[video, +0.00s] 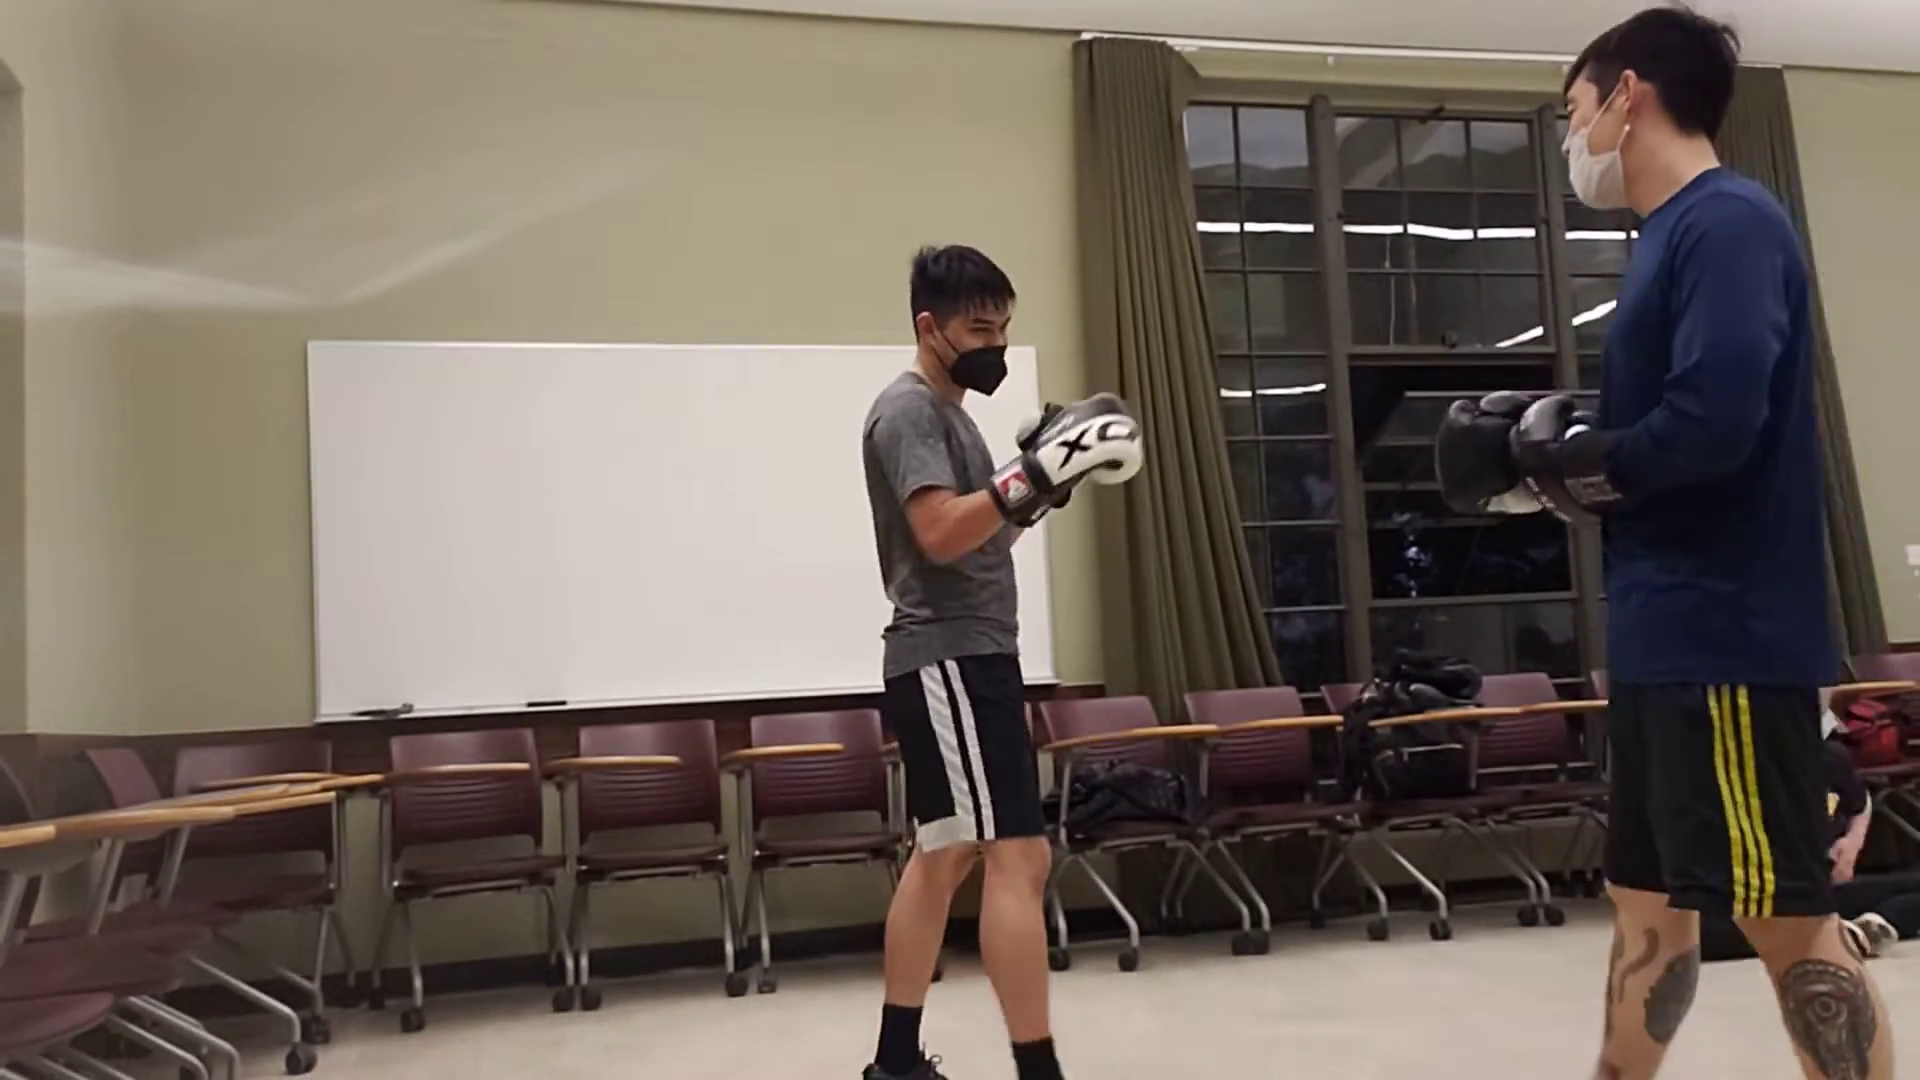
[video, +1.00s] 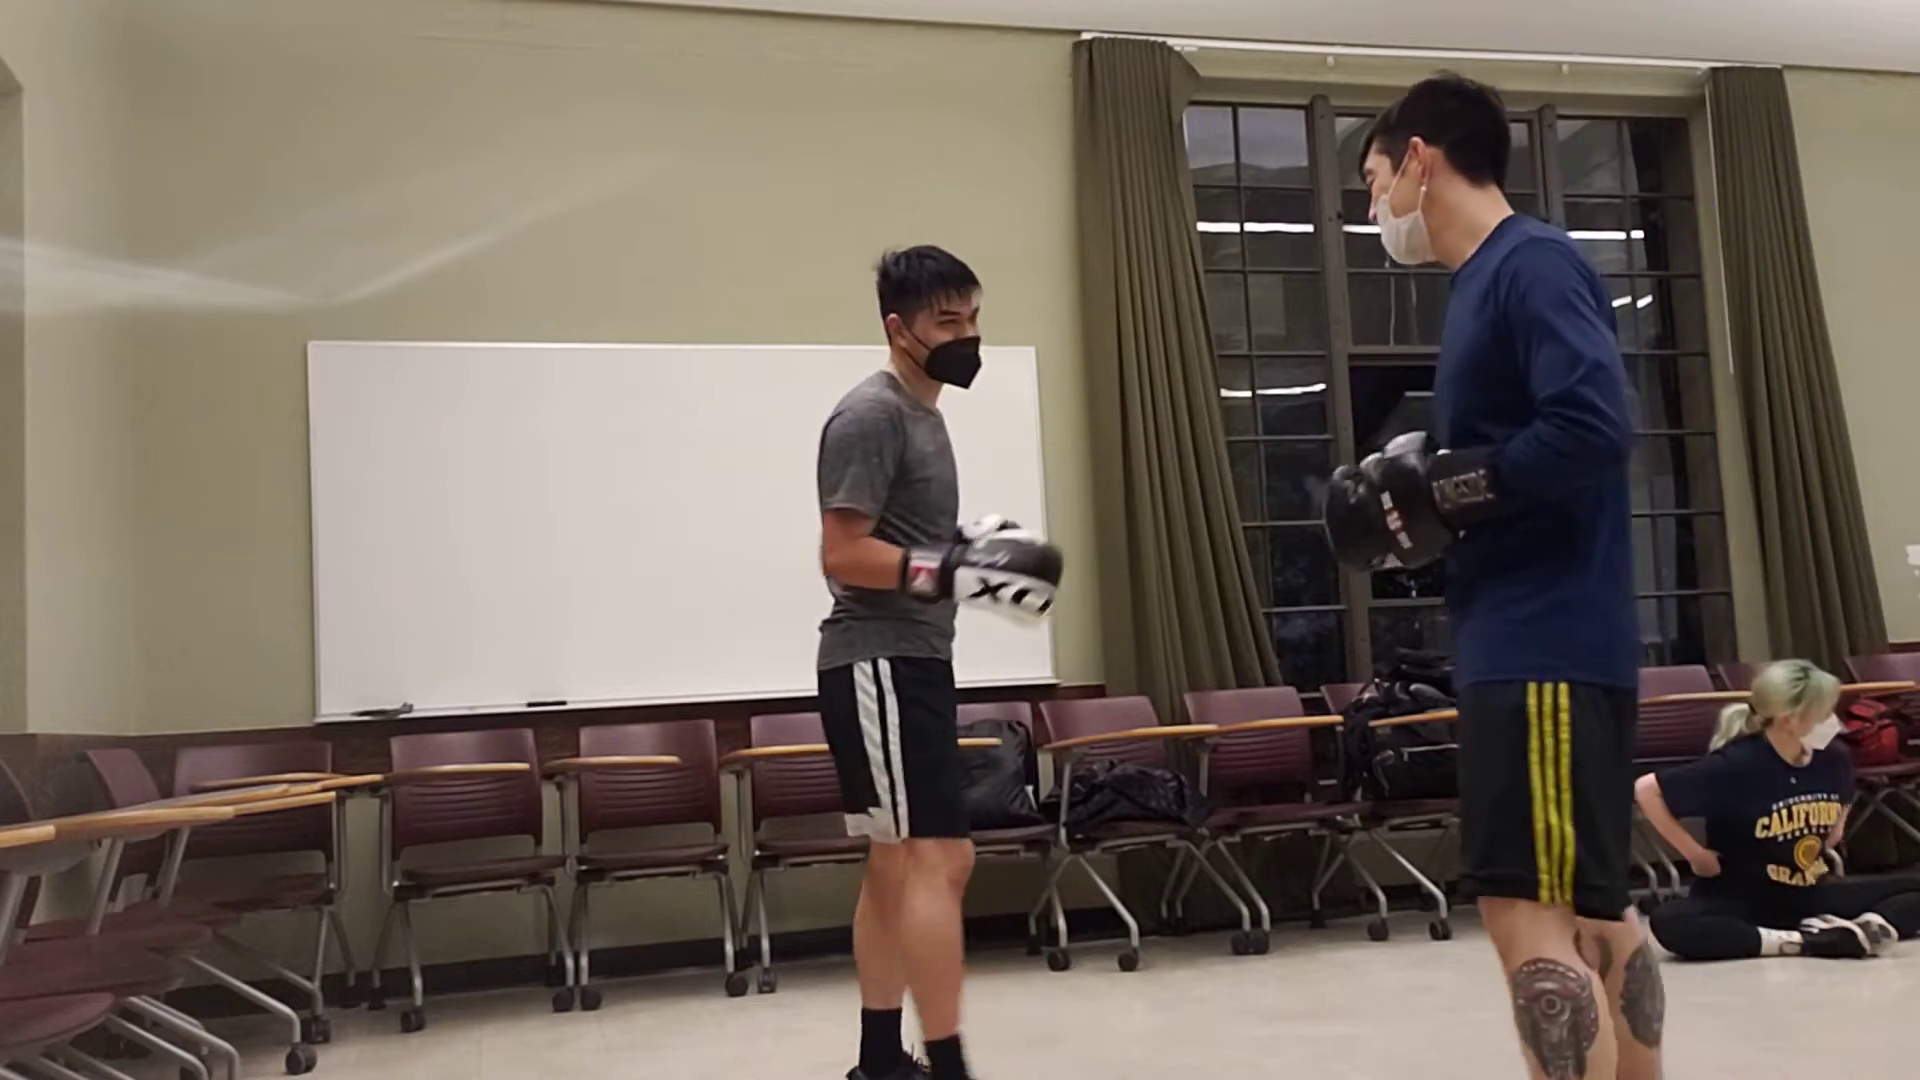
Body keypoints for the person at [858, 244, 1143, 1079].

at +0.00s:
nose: (995, 342)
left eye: (1001, 326)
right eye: (978, 326)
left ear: (1003, 320)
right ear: (927, 326)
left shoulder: (950, 419)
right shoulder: (907, 411)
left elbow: (976, 540)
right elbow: (942, 536)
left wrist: (1039, 479)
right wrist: (1032, 476)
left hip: (963, 658)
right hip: (951, 660)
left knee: (941, 854)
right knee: (1019, 860)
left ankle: (897, 1058)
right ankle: (1040, 1071)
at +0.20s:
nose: (1016, 324)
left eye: (1019, 307)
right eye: (998, 310)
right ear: (945, 311)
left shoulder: (949, 392)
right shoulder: (939, 392)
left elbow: (979, 523)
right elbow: (1020, 487)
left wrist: (1053, 508)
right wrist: (1129, 429)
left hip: (966, 647)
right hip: (985, 649)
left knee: (966, 853)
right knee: (1032, 860)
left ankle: (905, 1049)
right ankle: (1054, 1072)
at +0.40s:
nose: (1043, 307)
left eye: (1043, 290)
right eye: (1026, 293)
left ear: (975, 307)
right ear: (970, 300)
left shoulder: (949, 384)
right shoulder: (978, 384)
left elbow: (1002, 511)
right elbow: (1036, 511)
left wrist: (1086, 479)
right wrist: (1137, 458)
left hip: (965, 645)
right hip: (997, 648)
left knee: (976, 855)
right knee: (1034, 867)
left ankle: (915, 1047)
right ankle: (1054, 1073)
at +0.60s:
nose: (1041, 315)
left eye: (1043, 300)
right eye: (1027, 299)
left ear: (975, 307)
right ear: (969, 305)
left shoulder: (952, 389)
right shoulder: (963, 394)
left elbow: (982, 516)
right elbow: (982, 531)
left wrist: (1067, 475)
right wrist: (1084, 493)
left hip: (957, 649)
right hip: (982, 653)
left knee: (953, 855)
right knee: (1028, 865)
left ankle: (900, 1054)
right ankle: (1052, 1072)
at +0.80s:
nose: (999, 335)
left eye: (1003, 318)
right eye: (981, 321)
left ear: (1001, 315)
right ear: (929, 328)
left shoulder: (944, 414)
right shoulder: (913, 412)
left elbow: (952, 539)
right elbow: (931, 544)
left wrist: (1030, 504)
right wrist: (1037, 512)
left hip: (941, 667)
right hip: (925, 669)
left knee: (917, 864)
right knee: (992, 870)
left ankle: (882, 1059)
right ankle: (1045, 1071)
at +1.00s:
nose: (967, 335)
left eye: (972, 319)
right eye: (948, 320)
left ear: (972, 315)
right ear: (898, 324)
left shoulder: (922, 414)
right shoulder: (869, 414)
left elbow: (903, 542)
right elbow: (841, 554)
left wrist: (977, 553)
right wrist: (950, 570)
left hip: (909, 659)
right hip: (878, 661)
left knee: (893, 864)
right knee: (941, 860)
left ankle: (882, 1060)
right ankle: (948, 1067)